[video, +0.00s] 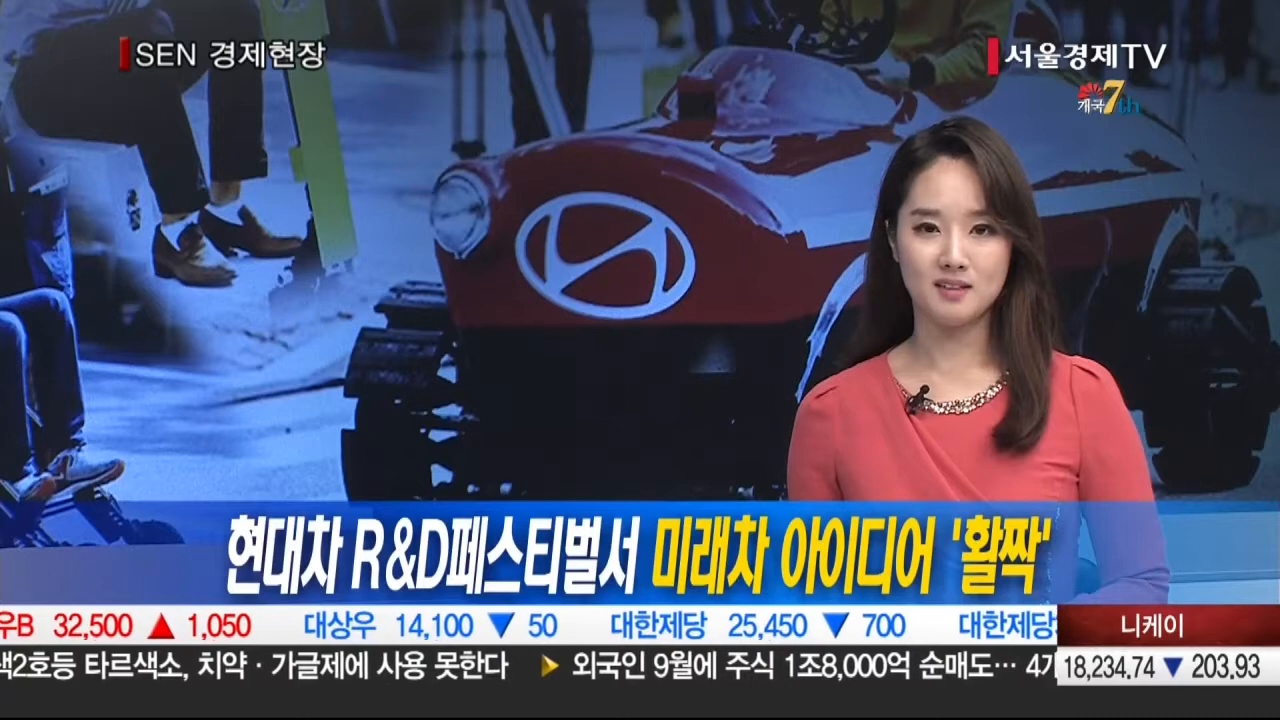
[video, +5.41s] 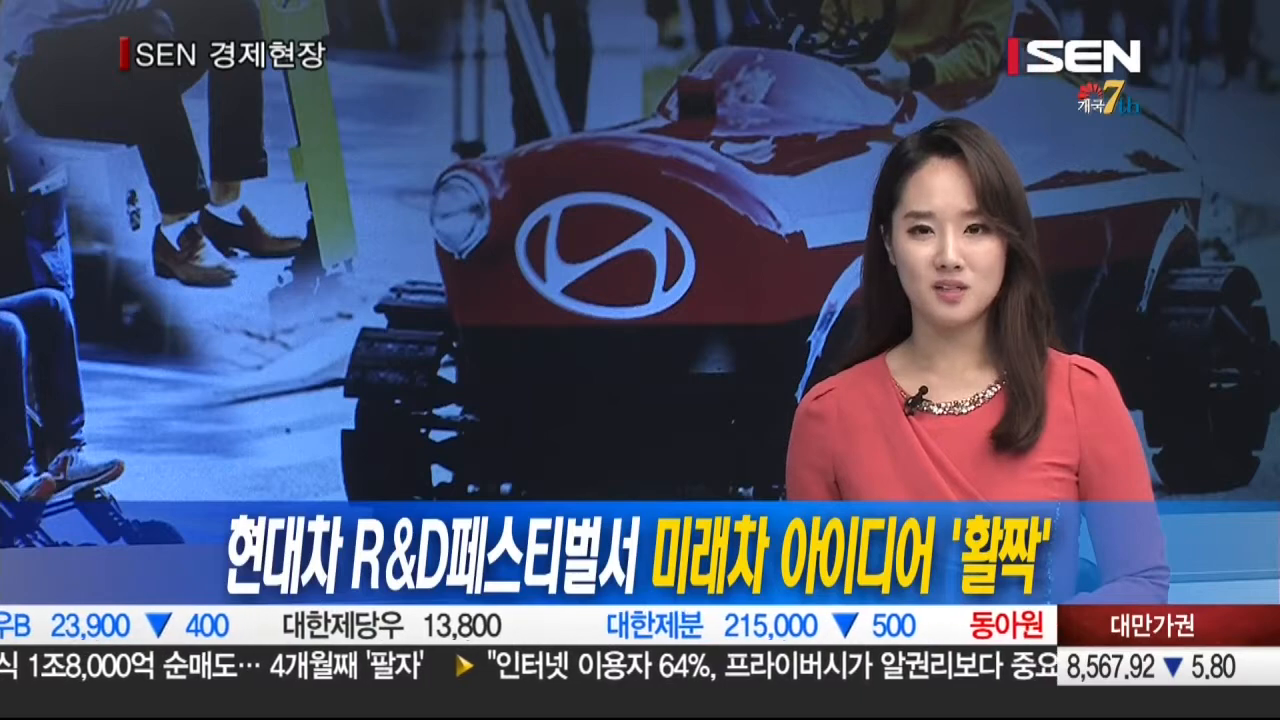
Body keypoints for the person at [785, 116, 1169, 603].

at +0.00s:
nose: (954, 257)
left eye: (982, 229)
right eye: (927, 228)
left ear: (1016, 246)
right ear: (893, 242)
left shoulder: (1083, 397)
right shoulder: (829, 415)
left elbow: (1143, 582)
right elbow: (811, 603)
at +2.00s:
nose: (952, 255)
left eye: (979, 228)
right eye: (925, 227)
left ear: (1014, 244)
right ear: (892, 243)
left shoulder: (1083, 396)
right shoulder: (829, 415)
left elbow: (1144, 581)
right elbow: (811, 604)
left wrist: (1033, 641)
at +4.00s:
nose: (950, 263)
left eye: (977, 234)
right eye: (922, 234)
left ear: (1012, 248)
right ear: (889, 246)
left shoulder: (1083, 397)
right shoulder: (829, 417)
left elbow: (1142, 582)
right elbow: (812, 604)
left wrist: (1033, 640)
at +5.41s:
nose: (949, 257)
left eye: (976, 229)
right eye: (921, 230)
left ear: (1011, 244)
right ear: (889, 245)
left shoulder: (1082, 396)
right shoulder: (828, 415)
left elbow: (1144, 582)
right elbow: (808, 603)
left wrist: (1032, 637)